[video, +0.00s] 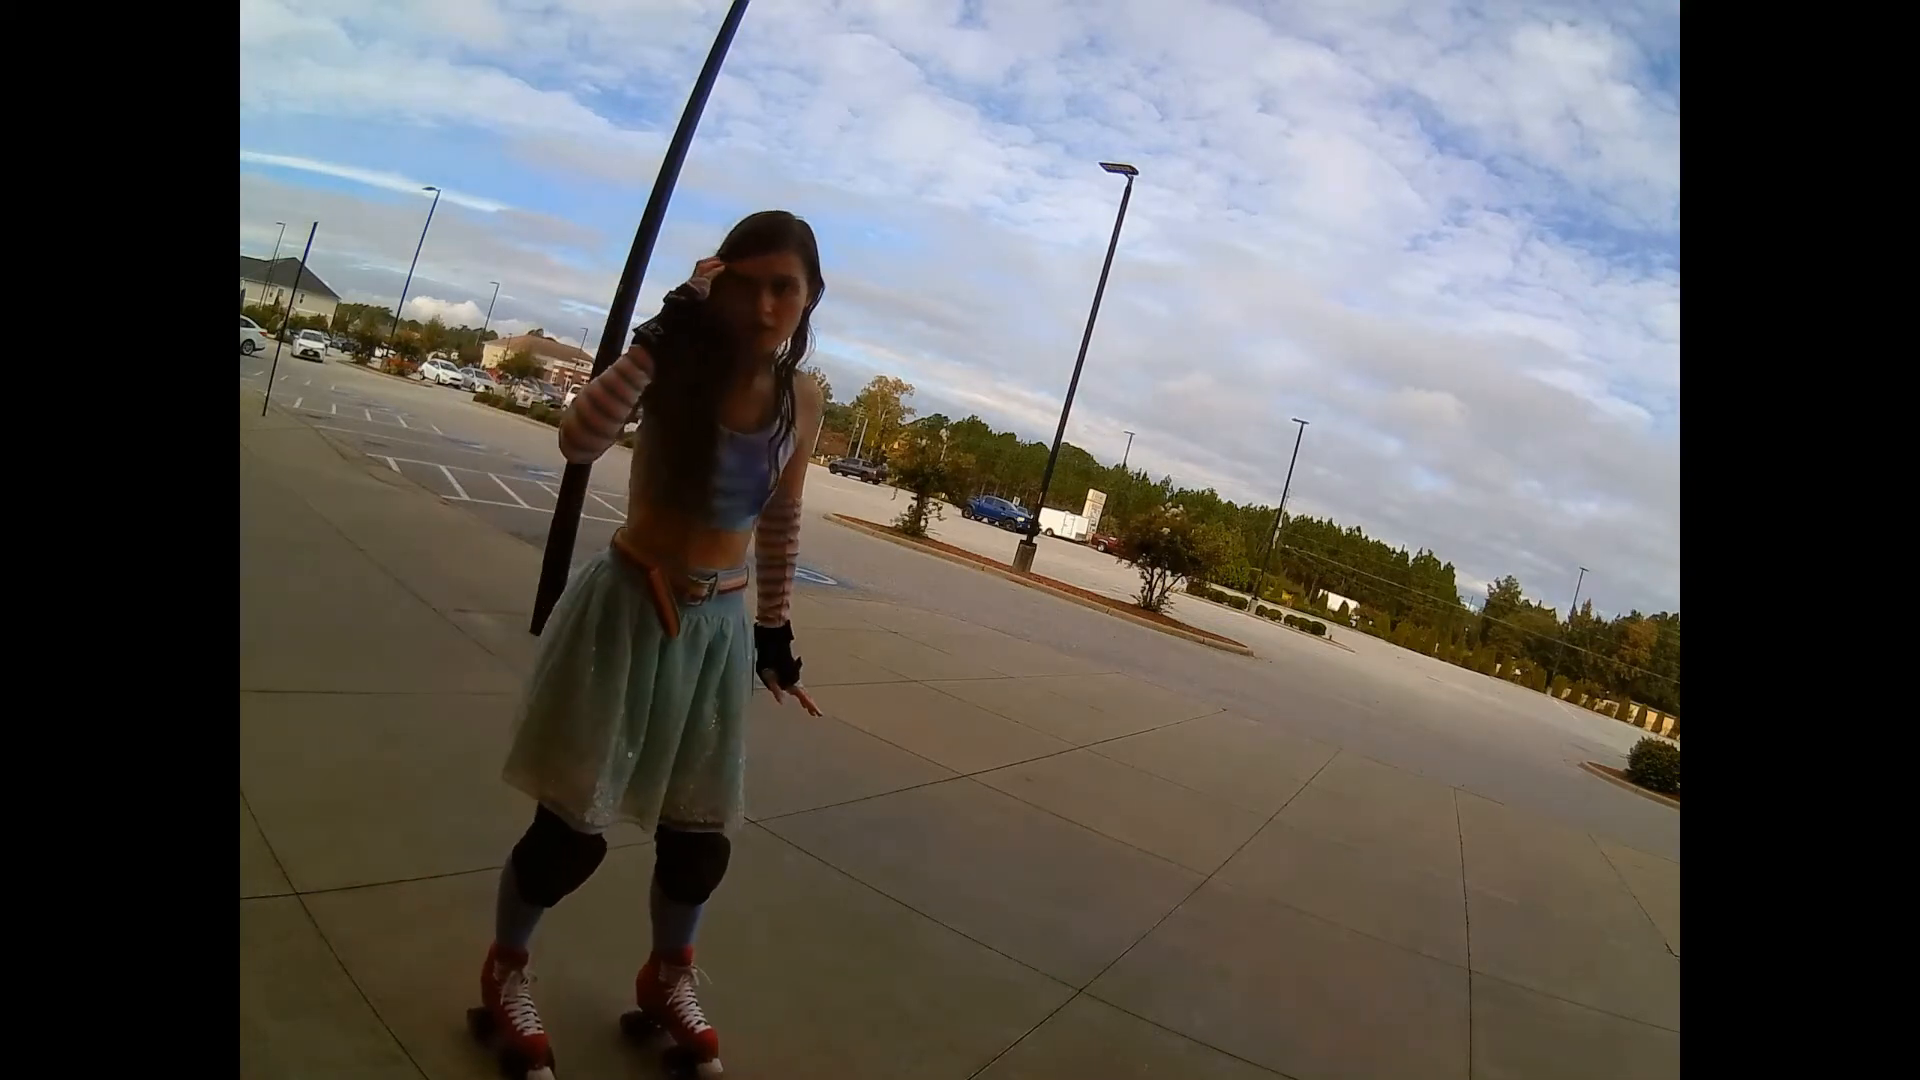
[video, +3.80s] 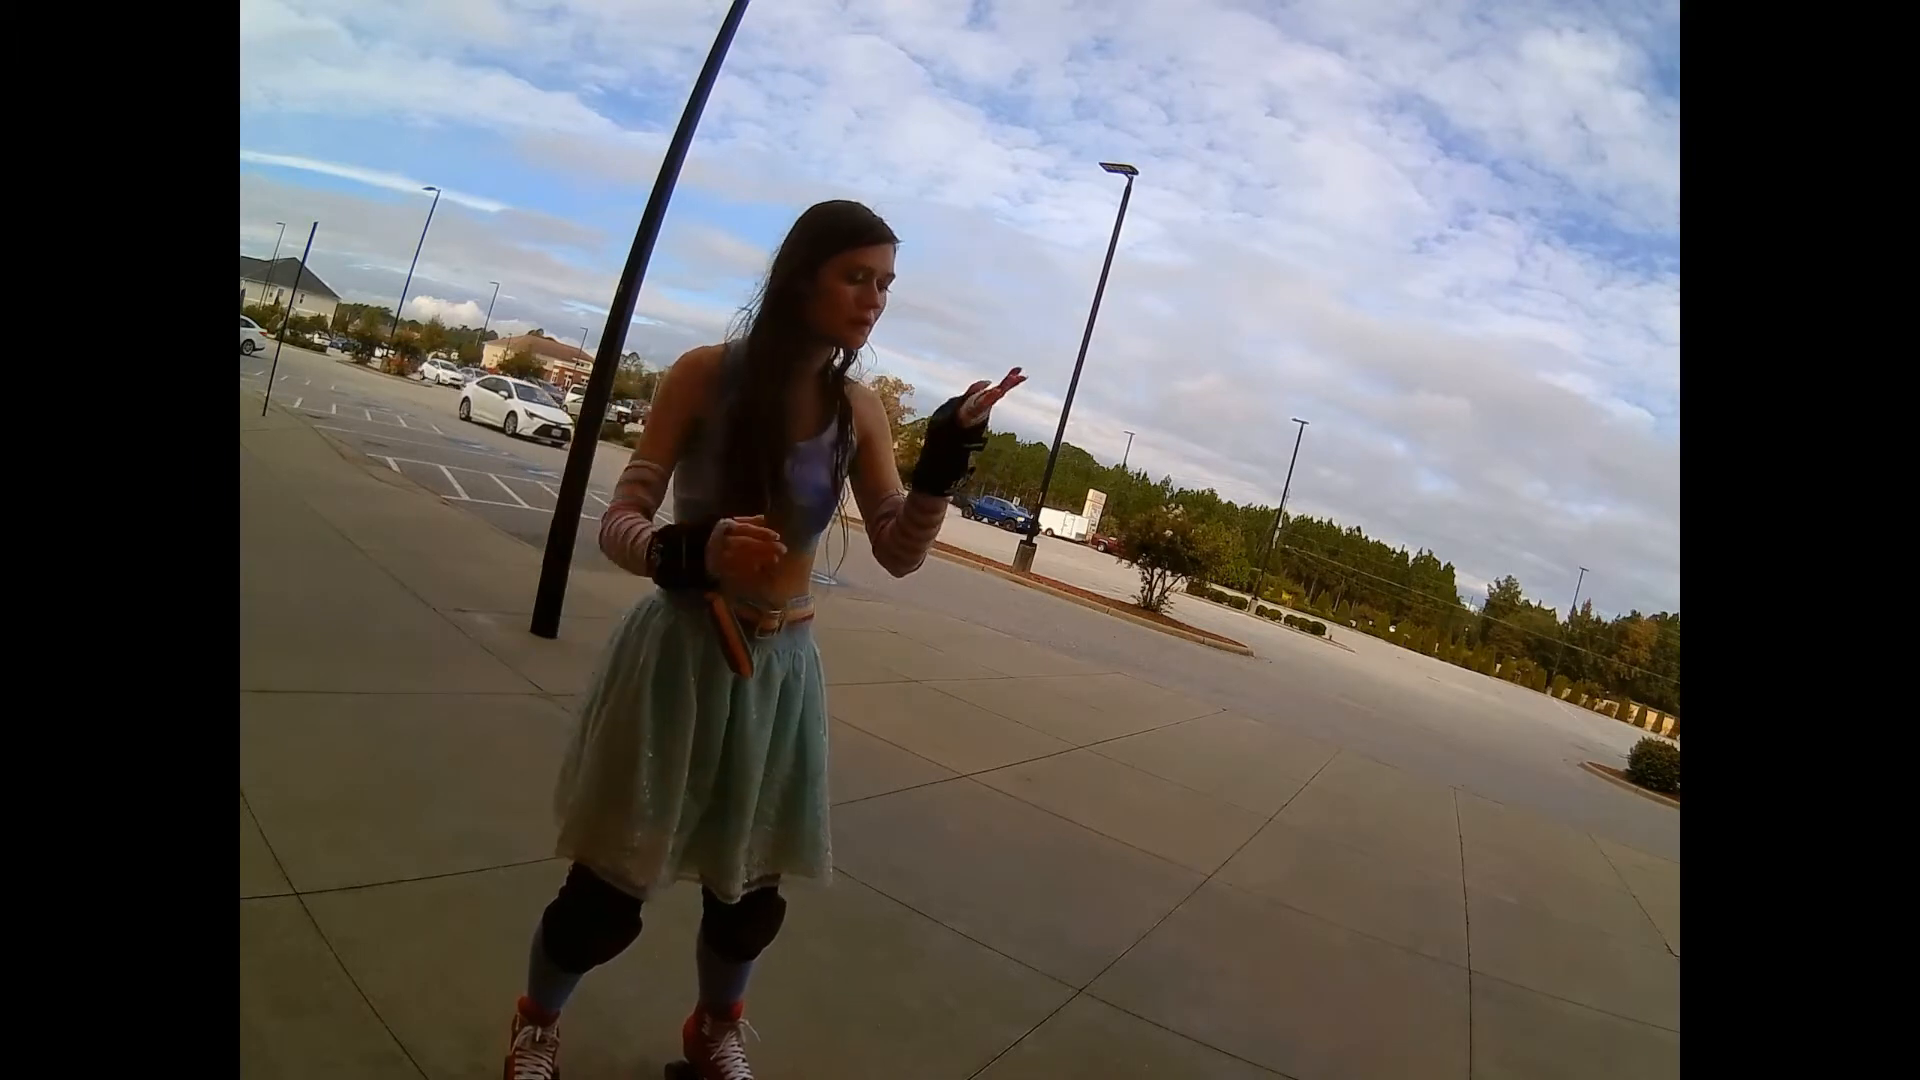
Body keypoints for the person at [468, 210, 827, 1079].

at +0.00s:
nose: (764, 306)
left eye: (785, 289)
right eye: (747, 284)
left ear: (809, 299)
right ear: (715, 283)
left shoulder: (800, 398)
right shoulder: (666, 359)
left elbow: (782, 518)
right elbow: (578, 442)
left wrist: (775, 622)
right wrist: (653, 342)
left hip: (720, 626)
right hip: (630, 609)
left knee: (699, 841)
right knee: (572, 835)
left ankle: (667, 982)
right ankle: (506, 970)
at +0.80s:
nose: (773, 320)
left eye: (798, 305)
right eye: (761, 294)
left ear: (820, 318)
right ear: (727, 288)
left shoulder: (810, 401)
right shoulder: (664, 365)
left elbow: (802, 551)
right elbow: (536, 465)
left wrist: (812, 494)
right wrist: (595, 370)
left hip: (723, 632)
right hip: (628, 618)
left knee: (689, 846)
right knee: (582, 860)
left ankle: (652, 970)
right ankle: (536, 1011)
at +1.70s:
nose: (774, 327)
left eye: (799, 304)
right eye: (755, 300)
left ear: (832, 317)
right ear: (723, 300)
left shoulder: (818, 414)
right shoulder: (658, 384)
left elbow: (784, 568)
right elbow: (533, 516)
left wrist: (771, 514)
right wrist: (537, 479)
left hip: (713, 647)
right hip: (616, 637)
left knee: (694, 868)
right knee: (590, 895)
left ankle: (663, 990)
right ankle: (536, 1041)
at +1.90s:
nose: (797, 325)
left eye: (821, 305)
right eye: (778, 299)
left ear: (850, 319)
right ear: (743, 299)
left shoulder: (829, 417)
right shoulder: (675, 381)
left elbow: (801, 578)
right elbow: (566, 498)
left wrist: (775, 492)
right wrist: (570, 564)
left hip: (721, 651)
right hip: (623, 640)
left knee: (700, 877)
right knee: (591, 904)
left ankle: (674, 998)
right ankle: (535, 1043)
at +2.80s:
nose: (858, 290)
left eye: (883, 276)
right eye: (838, 267)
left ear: (905, 305)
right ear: (800, 280)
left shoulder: (890, 413)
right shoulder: (727, 367)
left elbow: (879, 518)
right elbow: (582, 425)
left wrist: (842, 612)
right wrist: (573, 560)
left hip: (778, 673)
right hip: (668, 647)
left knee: (747, 900)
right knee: (601, 897)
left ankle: (719, 1034)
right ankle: (536, 1035)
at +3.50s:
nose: (914, 302)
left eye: (918, 284)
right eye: (898, 281)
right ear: (834, 283)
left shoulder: (870, 409)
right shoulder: (724, 376)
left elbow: (897, 558)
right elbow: (572, 463)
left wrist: (955, 549)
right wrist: (572, 612)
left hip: (781, 669)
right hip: (683, 652)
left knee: (746, 893)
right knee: (610, 896)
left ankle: (711, 1032)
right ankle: (538, 1027)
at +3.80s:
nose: (875, 299)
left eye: (885, 283)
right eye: (858, 278)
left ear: (886, 294)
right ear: (802, 276)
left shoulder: (857, 406)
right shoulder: (705, 377)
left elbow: (898, 552)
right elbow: (620, 522)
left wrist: (948, 445)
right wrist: (686, 555)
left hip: (780, 666)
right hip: (678, 647)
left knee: (751, 895)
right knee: (611, 892)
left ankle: (715, 1033)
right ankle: (538, 1023)